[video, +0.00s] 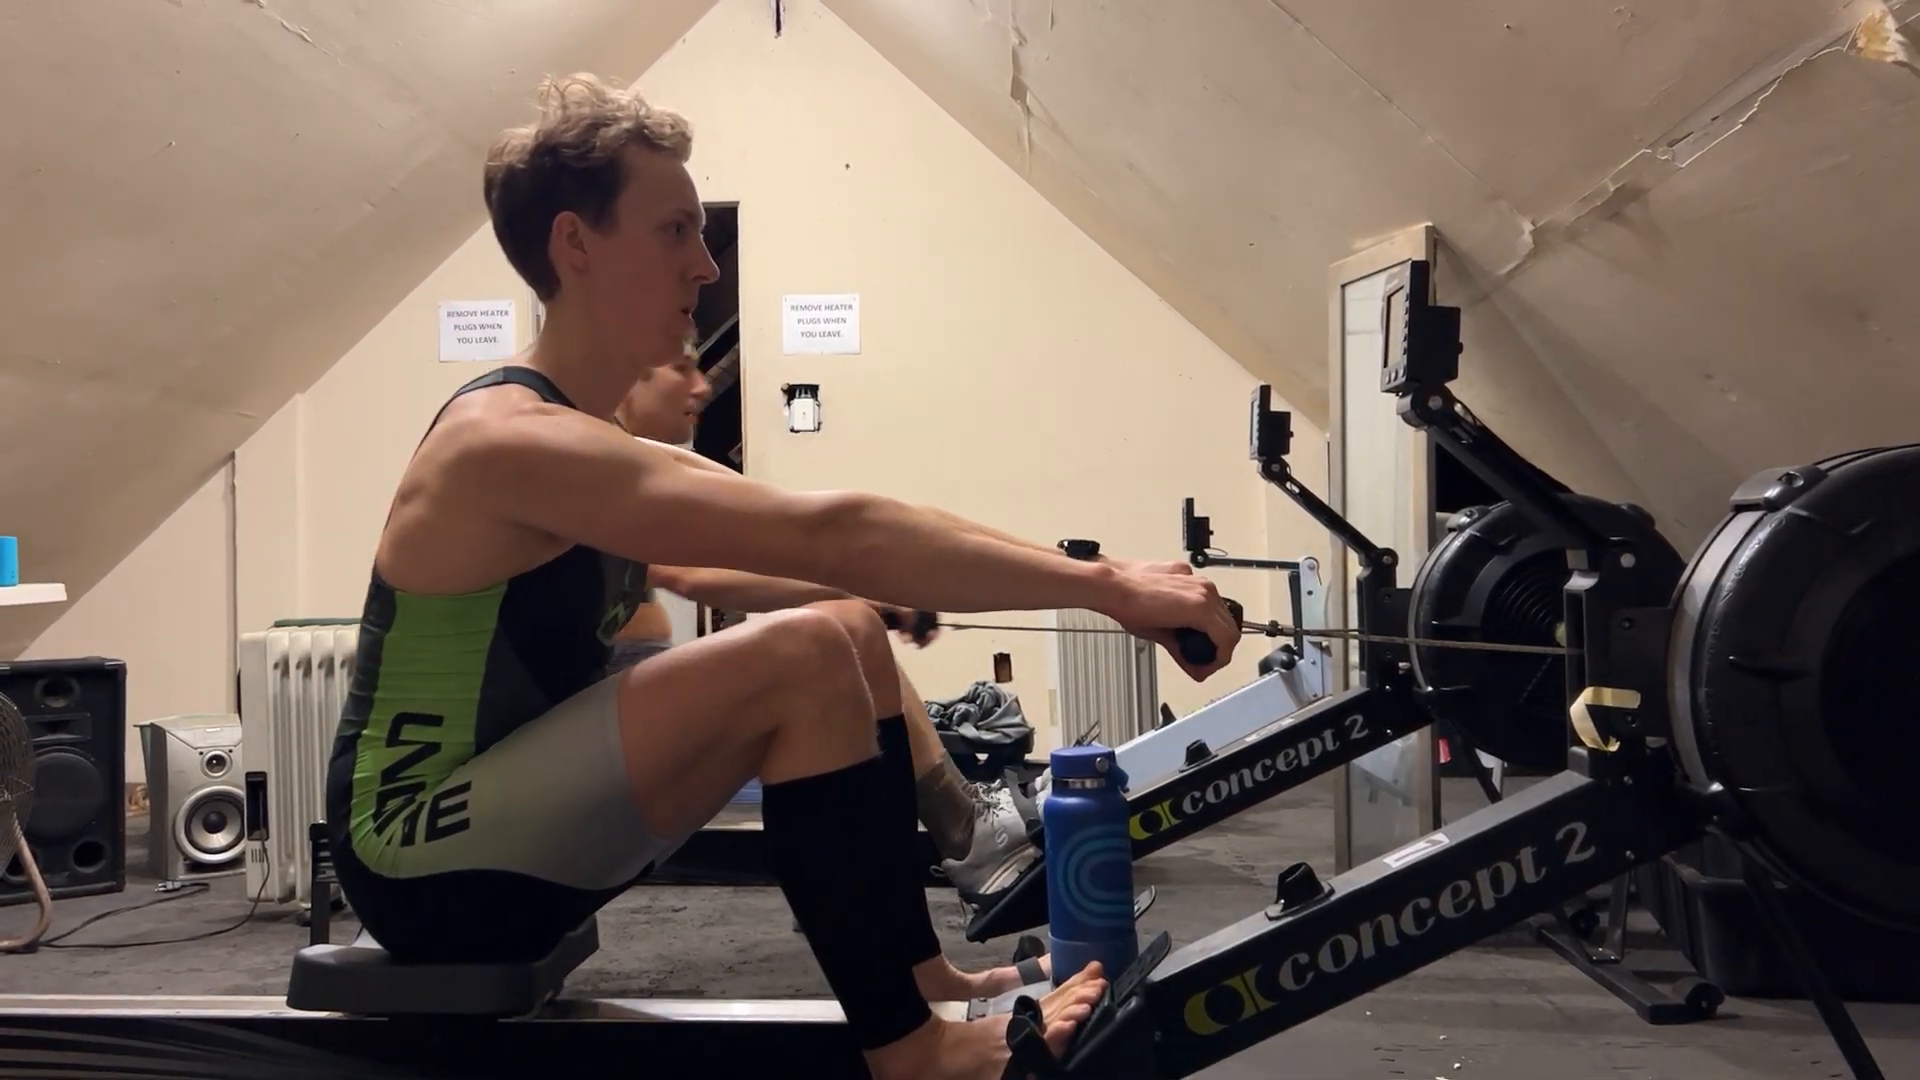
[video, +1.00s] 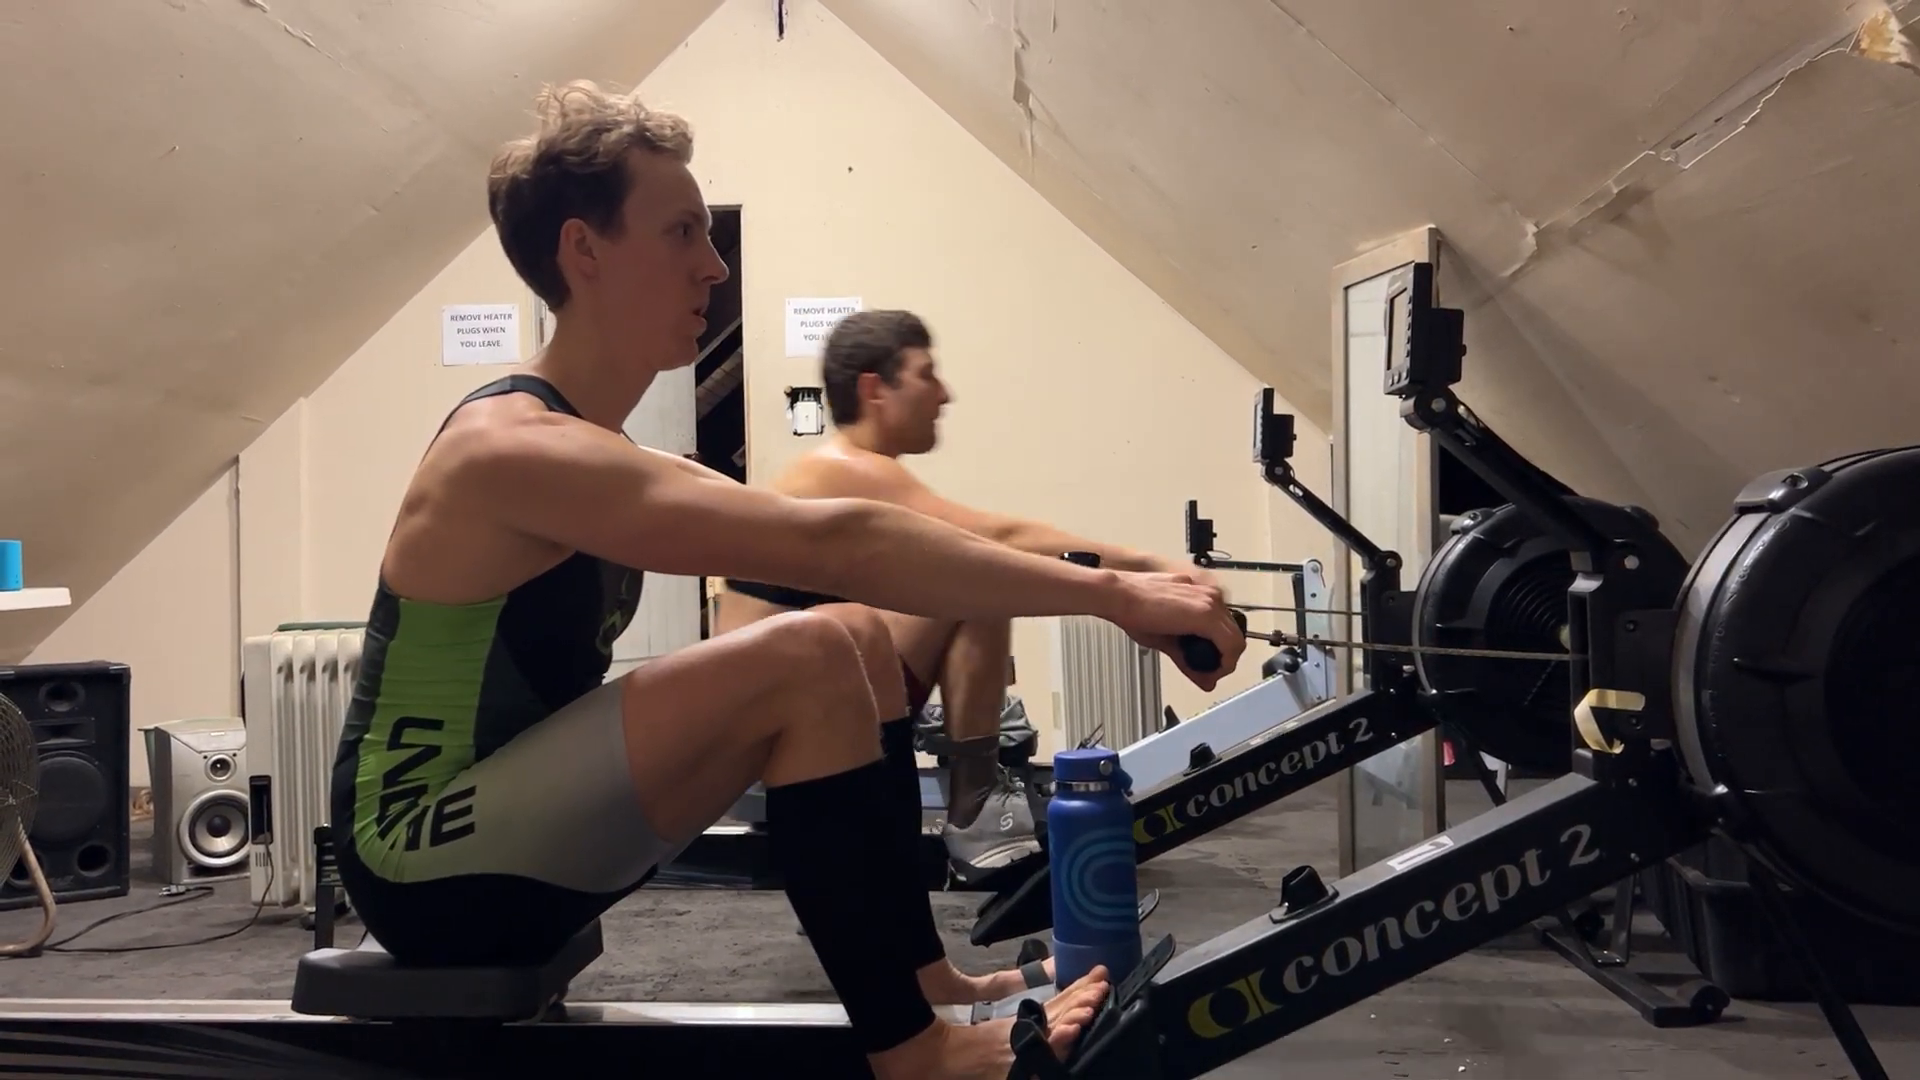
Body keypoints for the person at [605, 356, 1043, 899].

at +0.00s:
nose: (703, 392)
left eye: (698, 374)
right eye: (685, 371)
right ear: (633, 380)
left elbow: (728, 576)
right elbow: (701, 581)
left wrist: (869, 592)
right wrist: (859, 597)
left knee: (860, 625)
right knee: (850, 632)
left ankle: (968, 825)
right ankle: (965, 832)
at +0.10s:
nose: (748, 388)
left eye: (743, 369)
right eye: (730, 369)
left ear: (677, 383)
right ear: (673, 379)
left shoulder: (683, 469)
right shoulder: (646, 470)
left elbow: (762, 573)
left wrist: (926, 592)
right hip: (658, 677)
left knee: (885, 622)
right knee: (874, 626)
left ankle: (969, 826)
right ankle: (968, 835)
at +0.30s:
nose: (848, 393)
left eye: (841, 373)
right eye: (830, 372)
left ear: (775, 386)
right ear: (774, 384)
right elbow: (886, 567)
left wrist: (1022, 593)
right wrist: (1027, 596)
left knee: (931, 620)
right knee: (923, 613)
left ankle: (974, 826)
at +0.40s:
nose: (897, 396)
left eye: (890, 376)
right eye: (879, 375)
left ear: (825, 389)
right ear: (824, 387)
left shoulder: (766, 466)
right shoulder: (809, 483)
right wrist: (1072, 593)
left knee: (947, 593)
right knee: (947, 590)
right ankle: (971, 825)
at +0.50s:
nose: (944, 397)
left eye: (937, 378)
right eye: (927, 378)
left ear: (873, 392)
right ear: (872, 390)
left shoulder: (831, 467)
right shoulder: (840, 473)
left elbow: (965, 543)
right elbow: (971, 545)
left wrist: (1071, 571)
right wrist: (1083, 574)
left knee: (974, 587)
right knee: (973, 587)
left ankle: (974, 805)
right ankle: (969, 816)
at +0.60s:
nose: (985, 399)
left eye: (978, 380)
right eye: (967, 380)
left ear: (915, 397)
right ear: (914, 394)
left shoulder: (886, 472)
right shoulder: (888, 476)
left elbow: (1022, 548)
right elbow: (1034, 549)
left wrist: (1162, 591)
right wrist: (1175, 593)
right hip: (835, 712)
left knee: (1000, 591)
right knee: (1002, 591)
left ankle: (969, 808)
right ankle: (970, 820)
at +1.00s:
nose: (944, 393)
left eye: (936, 375)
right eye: (927, 375)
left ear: (874, 392)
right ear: (874, 389)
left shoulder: (840, 467)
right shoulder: (854, 470)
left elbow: (987, 539)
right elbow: (996, 537)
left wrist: (1127, 575)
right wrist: (1138, 564)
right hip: (798, 714)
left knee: (976, 592)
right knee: (977, 590)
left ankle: (979, 802)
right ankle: (973, 818)